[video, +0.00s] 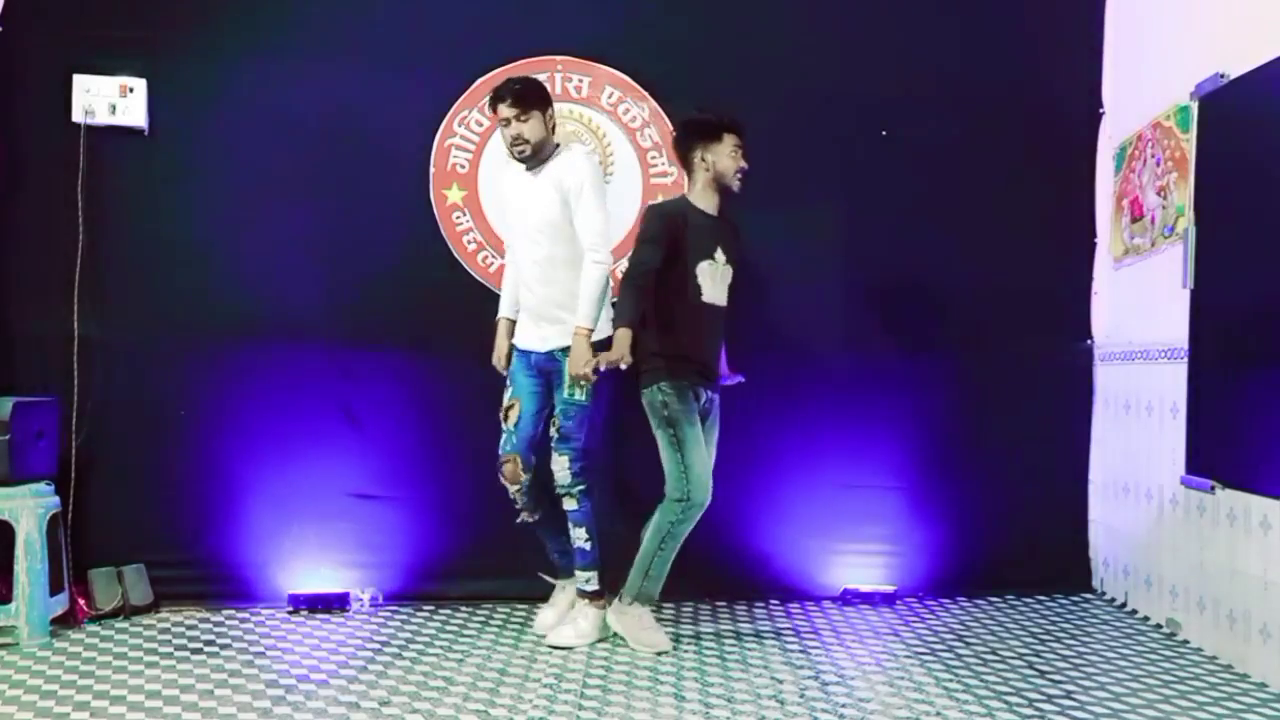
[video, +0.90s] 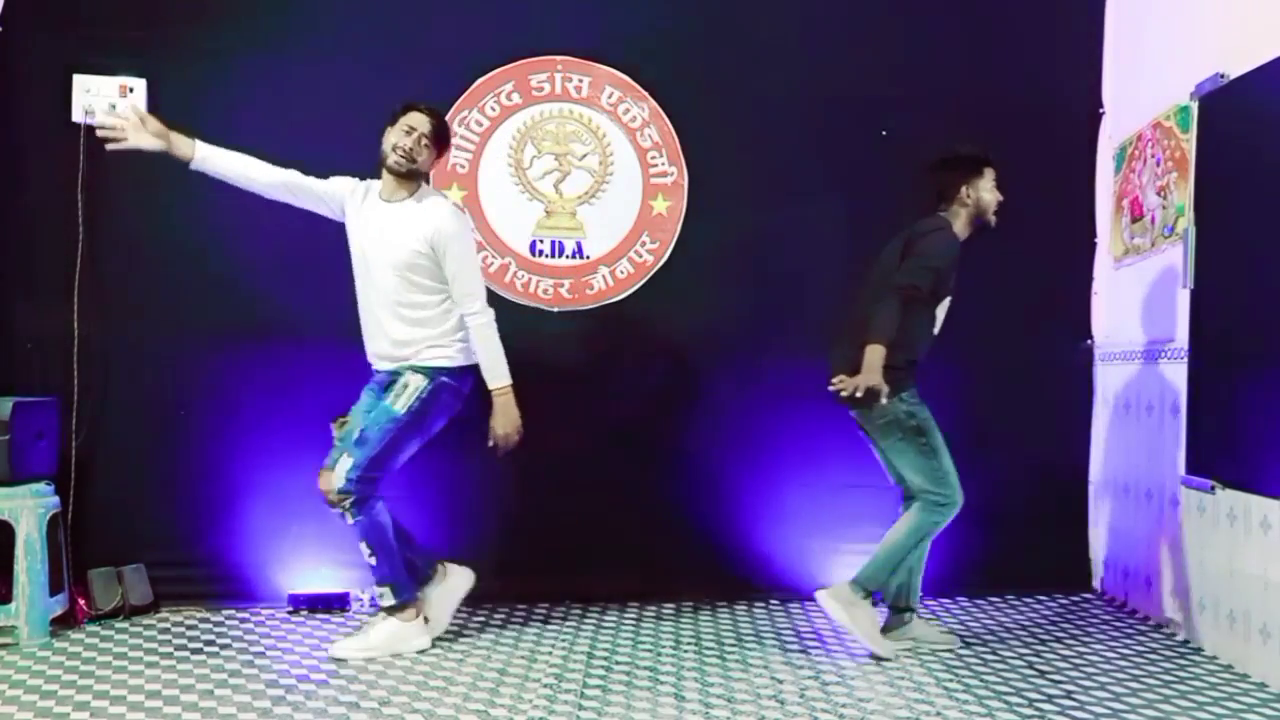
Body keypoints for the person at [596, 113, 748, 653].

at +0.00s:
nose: (743, 162)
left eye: (742, 153)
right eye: (734, 152)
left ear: (717, 161)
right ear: (701, 157)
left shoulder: (727, 230)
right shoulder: (664, 216)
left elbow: (714, 302)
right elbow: (636, 279)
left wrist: (721, 361)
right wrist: (622, 334)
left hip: (707, 380)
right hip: (665, 374)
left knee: (688, 495)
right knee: (692, 492)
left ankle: (636, 602)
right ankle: (632, 604)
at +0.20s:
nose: (813, 180)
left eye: (811, 170)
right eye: (806, 168)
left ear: (779, 176)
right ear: (776, 174)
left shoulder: (760, 230)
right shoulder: (750, 223)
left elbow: (724, 306)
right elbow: (690, 271)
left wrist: (738, 367)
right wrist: (639, 336)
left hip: (698, 373)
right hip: (685, 374)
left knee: (713, 491)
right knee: (719, 493)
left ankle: (649, 599)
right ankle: (639, 597)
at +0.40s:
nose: (881, 203)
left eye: (880, 192)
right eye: (874, 191)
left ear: (844, 198)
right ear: (845, 195)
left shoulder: (817, 242)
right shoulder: (811, 240)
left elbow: (756, 297)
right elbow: (749, 289)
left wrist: (700, 354)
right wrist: (703, 352)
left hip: (744, 378)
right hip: (734, 381)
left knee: (787, 480)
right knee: (762, 502)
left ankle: (701, 576)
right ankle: (711, 622)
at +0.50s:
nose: (909, 205)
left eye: (908, 195)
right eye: (903, 194)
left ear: (871, 201)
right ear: (876, 199)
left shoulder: (842, 241)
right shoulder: (845, 242)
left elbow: (783, 295)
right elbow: (787, 290)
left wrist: (738, 357)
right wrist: (748, 359)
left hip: (771, 376)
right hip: (767, 379)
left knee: (807, 491)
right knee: (801, 493)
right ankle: (722, 608)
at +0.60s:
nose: (935, 202)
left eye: (933, 192)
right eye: (928, 191)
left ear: (901, 198)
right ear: (901, 196)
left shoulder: (870, 243)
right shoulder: (869, 241)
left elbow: (816, 300)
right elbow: (814, 292)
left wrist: (779, 366)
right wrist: (786, 362)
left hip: (792, 380)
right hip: (804, 381)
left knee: (830, 493)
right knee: (857, 490)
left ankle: (799, 610)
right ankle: (785, 599)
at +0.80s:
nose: (975, 199)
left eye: (972, 189)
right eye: (969, 189)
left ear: (940, 196)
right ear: (942, 195)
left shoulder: (912, 239)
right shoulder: (915, 241)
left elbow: (859, 294)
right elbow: (864, 292)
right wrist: (840, 363)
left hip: (864, 382)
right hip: (853, 385)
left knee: (910, 480)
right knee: (888, 504)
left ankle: (877, 606)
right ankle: (822, 620)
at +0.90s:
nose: (999, 196)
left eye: (996, 186)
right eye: (993, 186)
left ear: (962, 193)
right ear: (967, 191)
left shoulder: (927, 235)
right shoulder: (940, 238)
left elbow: (888, 300)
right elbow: (892, 295)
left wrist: (872, 368)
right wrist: (872, 366)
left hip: (877, 384)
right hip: (891, 386)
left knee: (921, 496)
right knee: (941, 496)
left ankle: (903, 617)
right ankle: (855, 593)